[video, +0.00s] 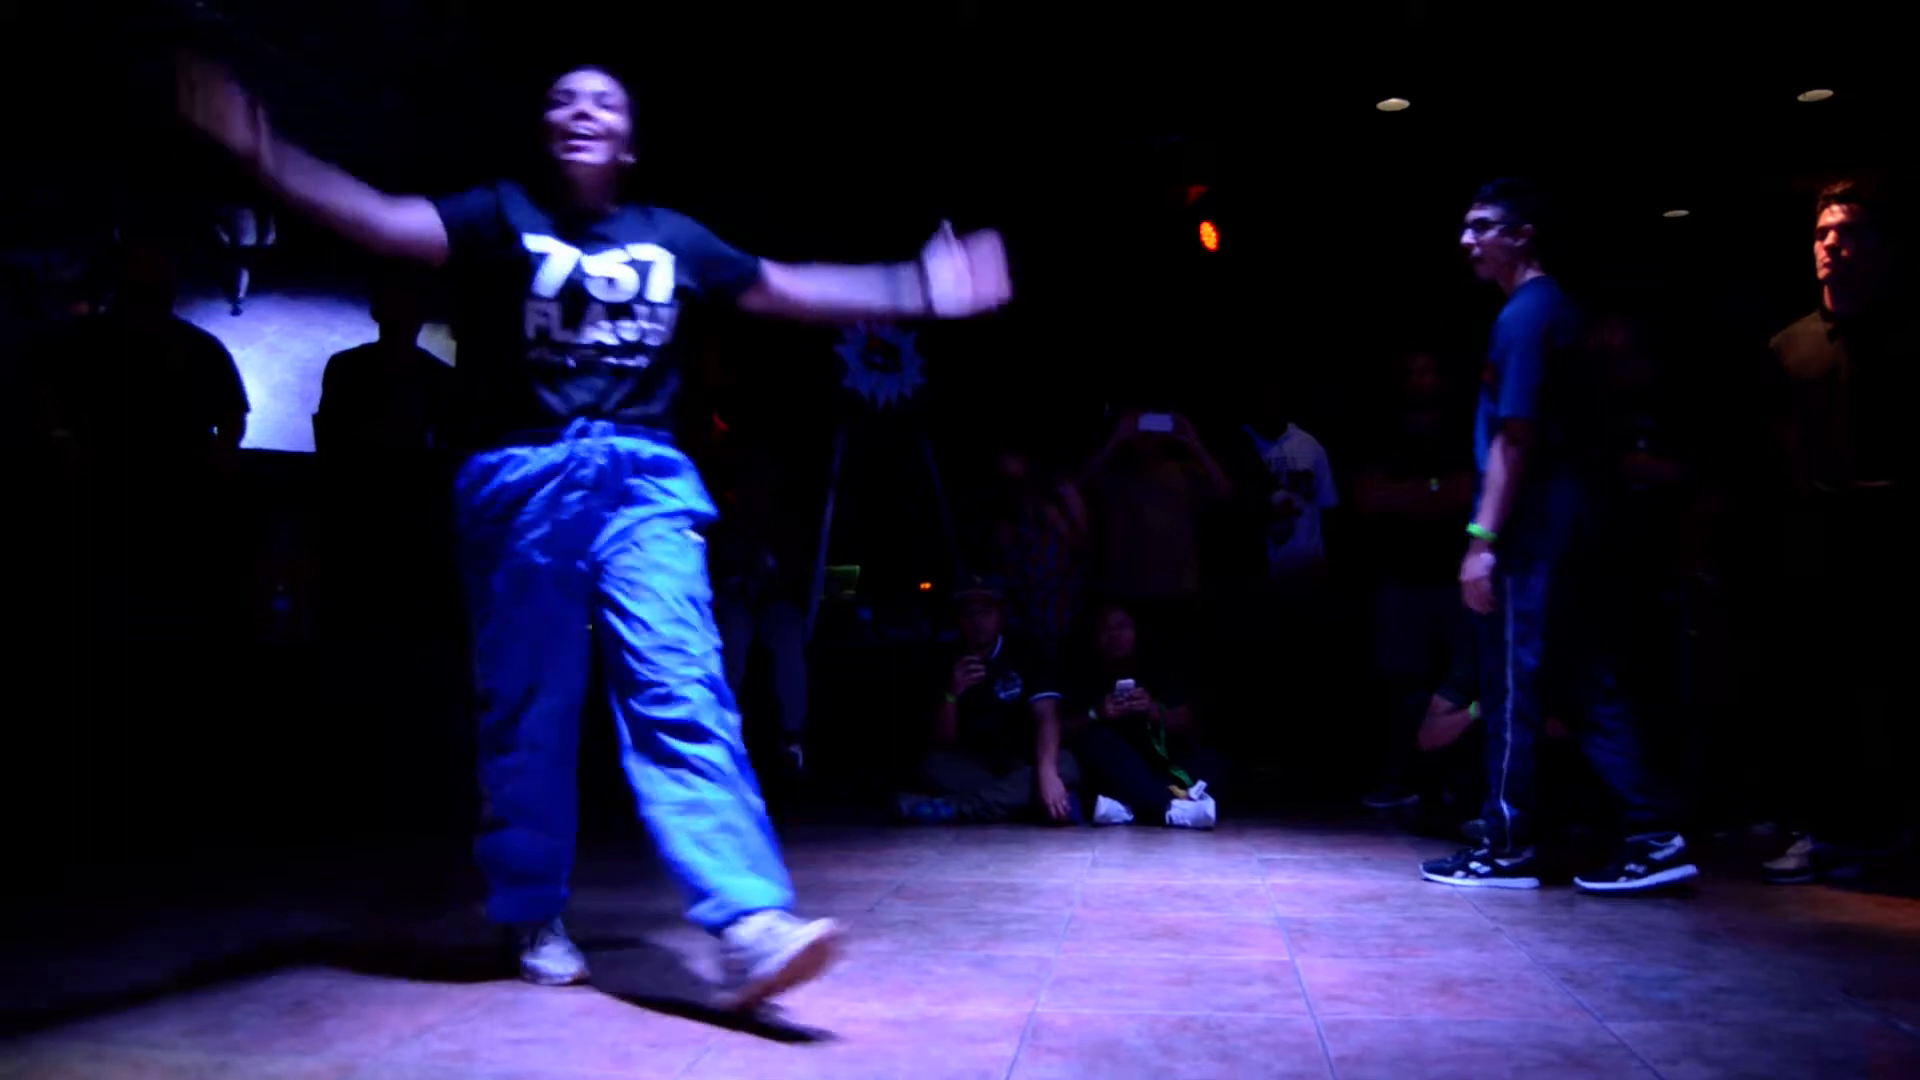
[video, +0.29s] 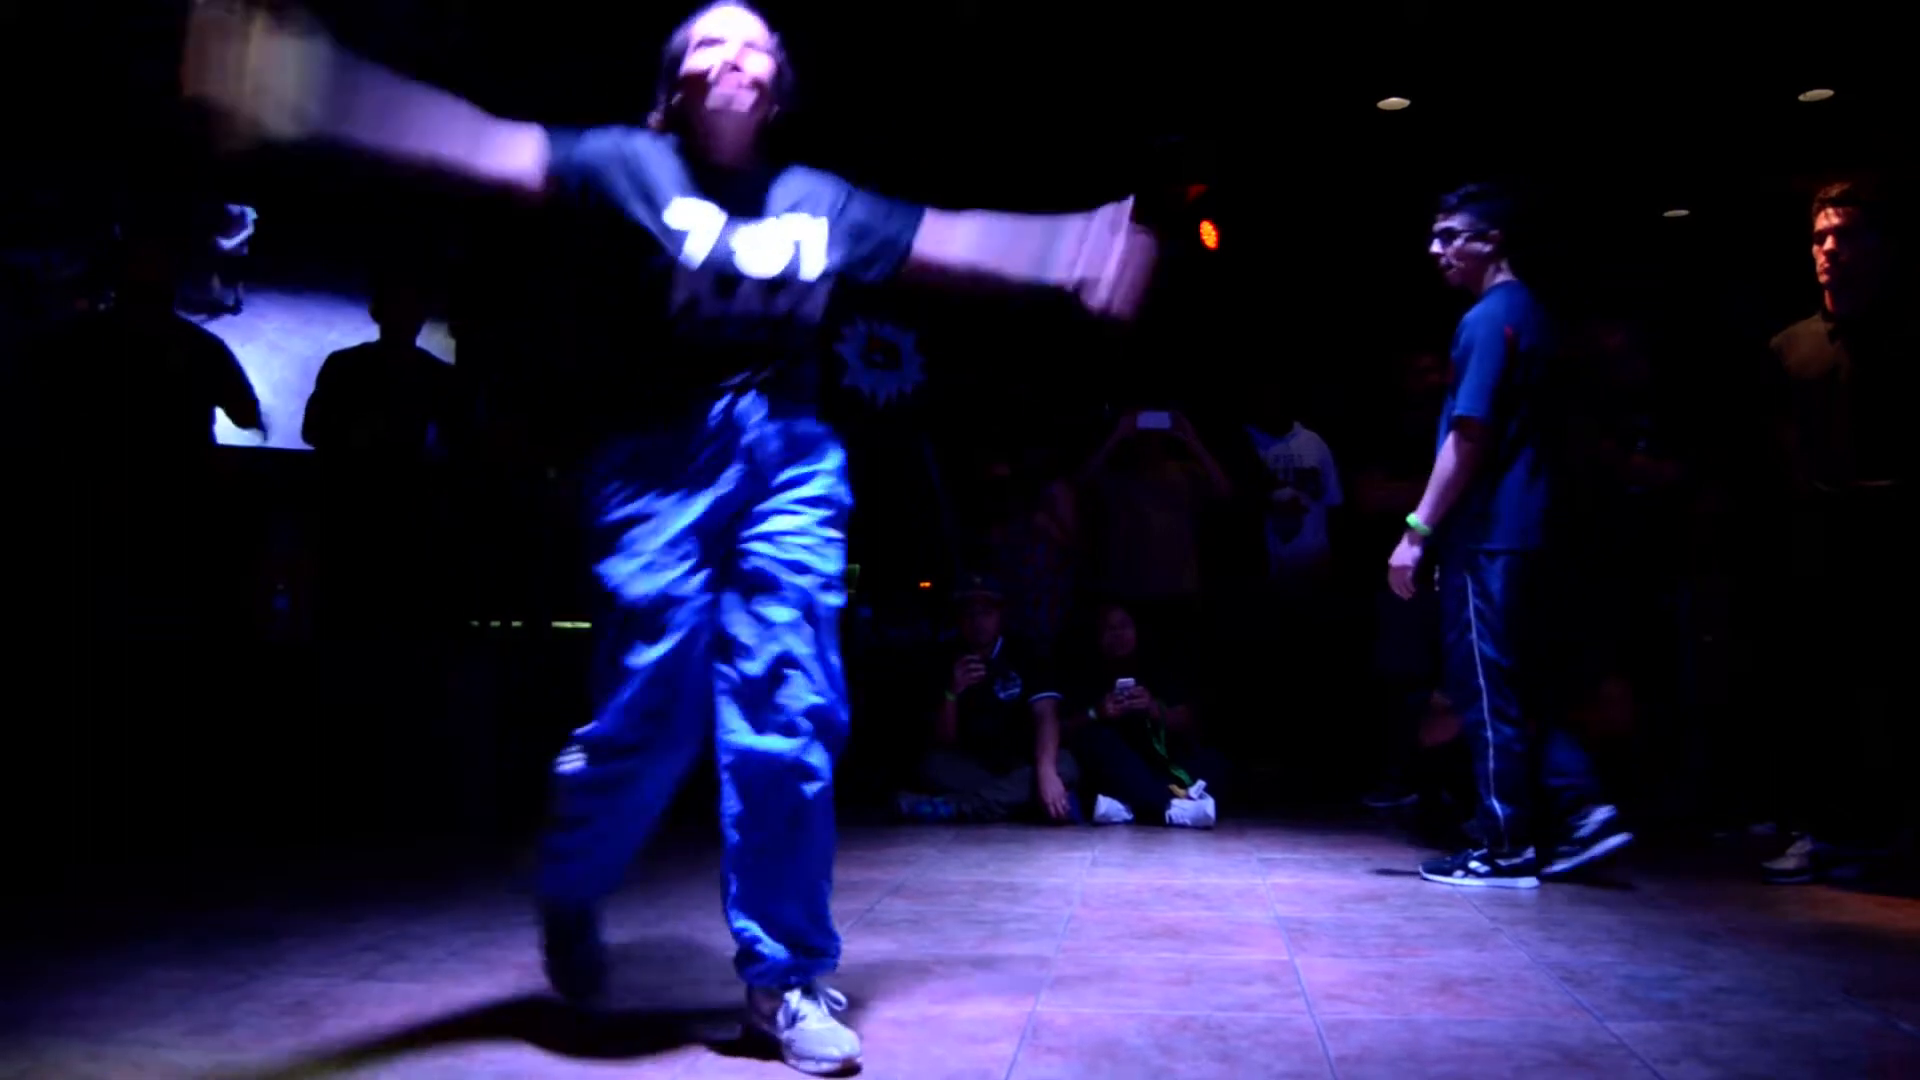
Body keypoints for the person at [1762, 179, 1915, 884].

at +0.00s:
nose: (1830, 247)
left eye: (1847, 234)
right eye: (1822, 234)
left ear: (1881, 251)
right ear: (1813, 251)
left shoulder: (1909, 339)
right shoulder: (1790, 348)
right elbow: (1765, 453)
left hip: (1894, 543)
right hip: (1808, 539)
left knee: (1890, 685)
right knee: (1813, 682)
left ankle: (1893, 834)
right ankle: (1816, 828)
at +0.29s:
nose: (1828, 252)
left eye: (1844, 237)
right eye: (1820, 238)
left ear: (1879, 250)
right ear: (1811, 253)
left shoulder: (1908, 342)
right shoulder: (1794, 349)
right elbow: (1771, 455)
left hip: (1892, 542)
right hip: (1810, 539)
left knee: (1885, 683)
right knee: (1813, 679)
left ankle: (1886, 832)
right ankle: (1814, 824)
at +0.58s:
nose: (1831, 247)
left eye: (1849, 234)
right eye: (1823, 234)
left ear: (1879, 250)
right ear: (1812, 250)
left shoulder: (1907, 341)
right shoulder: (1791, 348)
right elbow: (1767, 452)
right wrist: (1768, 527)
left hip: (1892, 540)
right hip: (1807, 537)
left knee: (1888, 682)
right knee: (1811, 680)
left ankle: (1891, 833)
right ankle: (1813, 827)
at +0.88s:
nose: (1830, 248)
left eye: (1846, 234)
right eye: (1822, 235)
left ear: (1878, 248)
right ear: (1812, 250)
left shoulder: (1903, 341)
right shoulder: (1794, 348)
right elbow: (1772, 452)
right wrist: (1772, 526)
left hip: (1892, 538)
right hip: (1810, 537)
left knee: (1889, 681)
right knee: (1812, 680)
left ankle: (1896, 832)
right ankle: (1814, 827)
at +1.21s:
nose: (1831, 249)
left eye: (1848, 234)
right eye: (1822, 235)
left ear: (1880, 249)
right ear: (1811, 250)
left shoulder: (1905, 342)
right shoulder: (1793, 348)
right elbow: (1770, 453)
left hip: (1894, 539)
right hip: (1812, 538)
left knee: (1890, 682)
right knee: (1816, 680)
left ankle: (1898, 832)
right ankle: (1819, 827)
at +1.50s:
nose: (1829, 249)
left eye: (1845, 234)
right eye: (1820, 235)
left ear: (1877, 247)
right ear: (1809, 250)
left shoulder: (1905, 342)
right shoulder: (1791, 349)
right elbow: (1769, 452)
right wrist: (1773, 525)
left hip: (1895, 539)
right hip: (1811, 537)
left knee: (1891, 681)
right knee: (1815, 679)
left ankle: (1898, 831)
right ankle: (1818, 828)